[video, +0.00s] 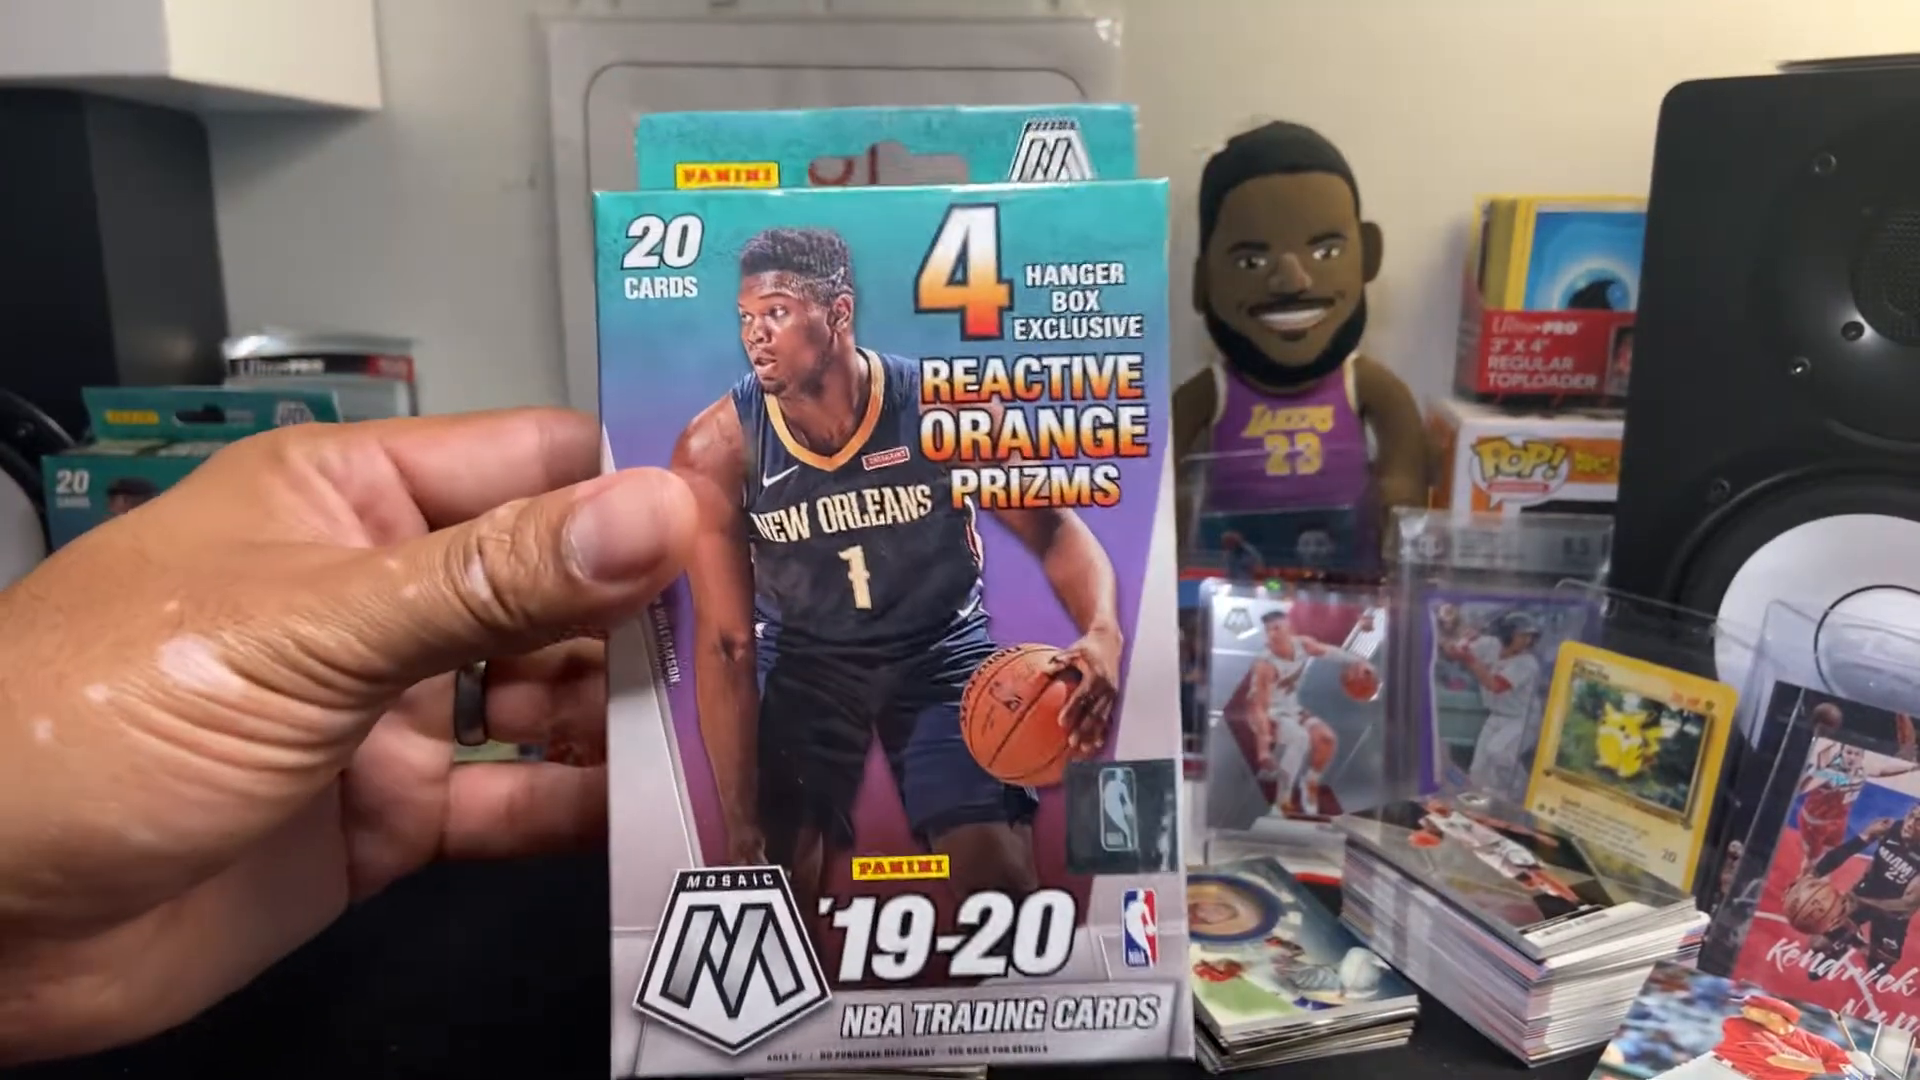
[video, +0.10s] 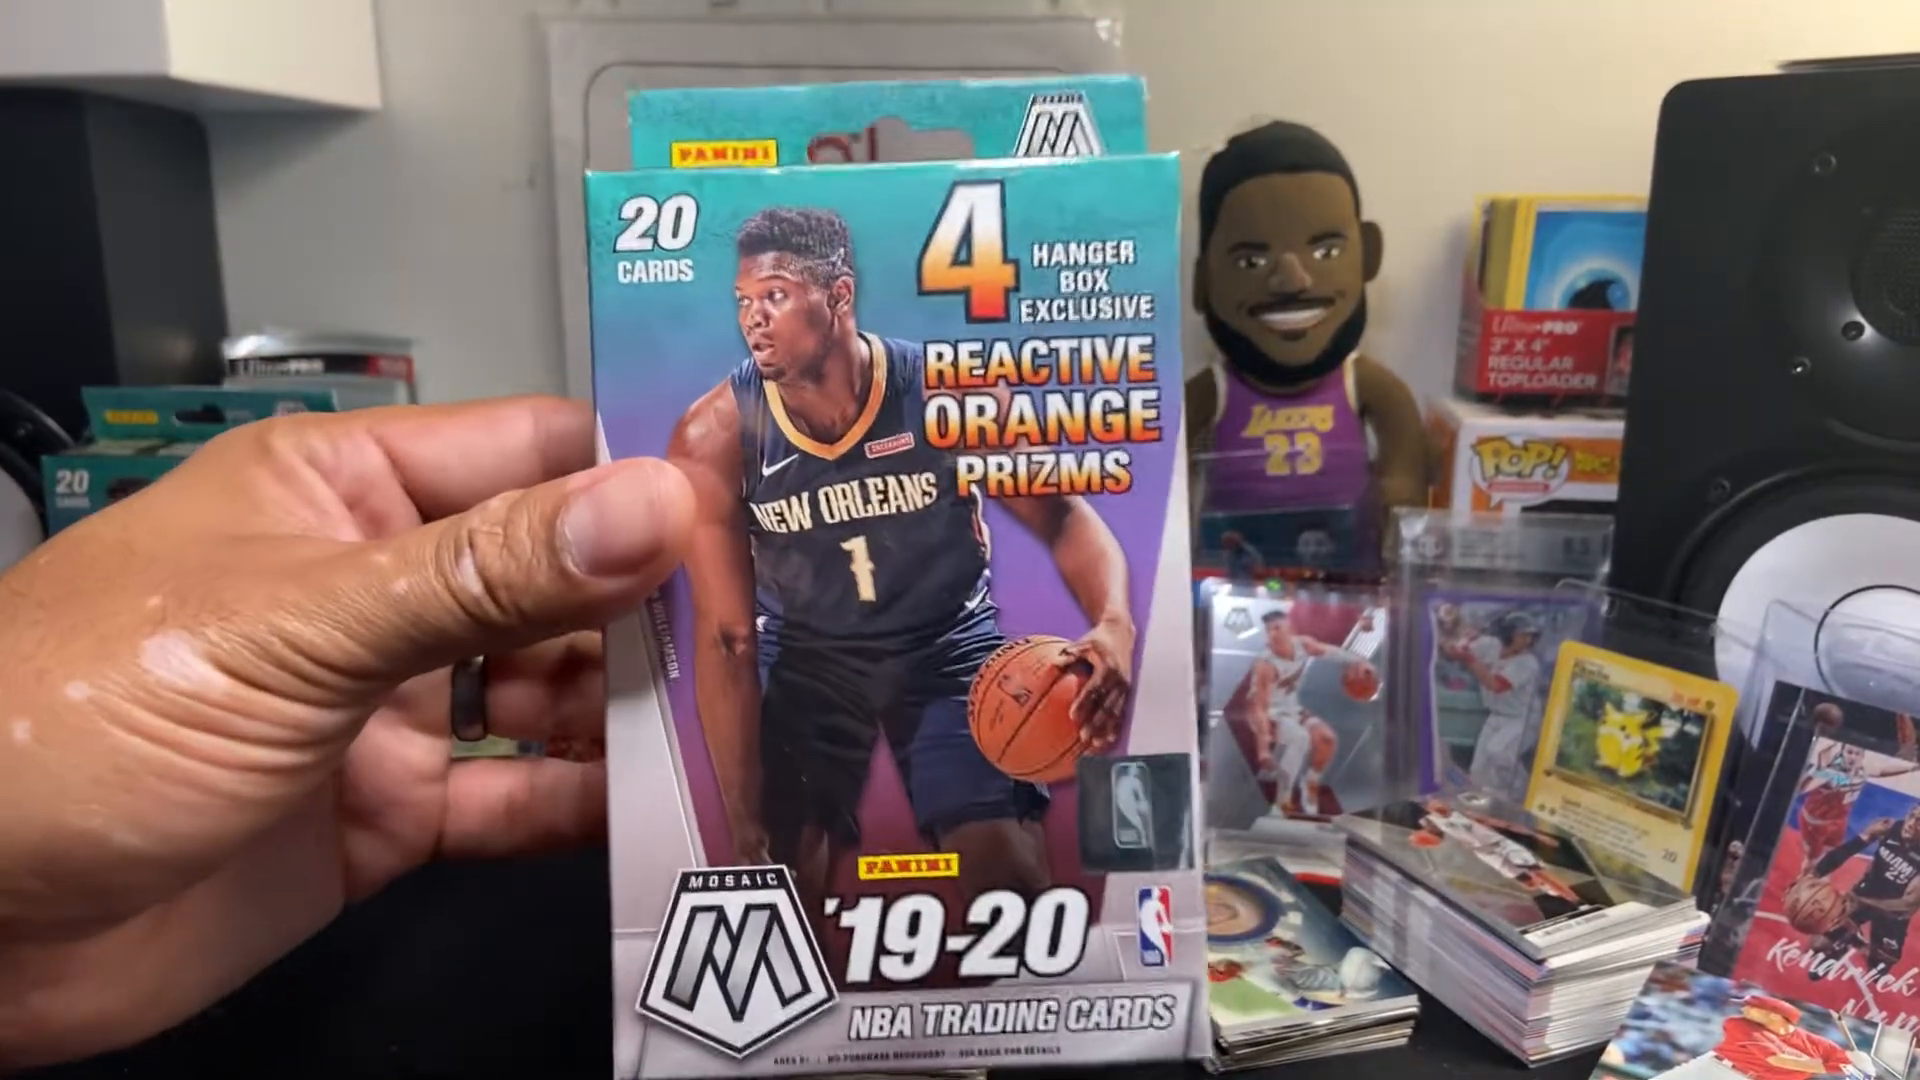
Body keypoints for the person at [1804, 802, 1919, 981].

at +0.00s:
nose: (1911, 824)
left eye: (1918, 822)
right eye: (1911, 816)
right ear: (1906, 814)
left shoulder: (1918, 859)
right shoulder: (1887, 829)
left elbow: (1907, 905)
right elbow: (1845, 851)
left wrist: (1860, 903)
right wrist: (1814, 874)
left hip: (1895, 911)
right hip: (1863, 896)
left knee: (1878, 970)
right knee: (1818, 946)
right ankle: (1843, 945)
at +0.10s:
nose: (1911, 824)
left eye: (1918, 822)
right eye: (1912, 816)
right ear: (1907, 815)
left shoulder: (1917, 858)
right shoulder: (1888, 828)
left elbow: (1908, 905)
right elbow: (1846, 851)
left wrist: (1860, 903)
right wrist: (1814, 874)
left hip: (1895, 911)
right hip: (1864, 896)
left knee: (1879, 967)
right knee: (1818, 945)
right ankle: (1840, 947)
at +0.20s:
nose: (1911, 824)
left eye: (1918, 822)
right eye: (1912, 817)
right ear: (1907, 815)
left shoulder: (1917, 858)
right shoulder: (1888, 829)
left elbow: (1909, 905)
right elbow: (1847, 851)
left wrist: (1861, 903)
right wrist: (1815, 874)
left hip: (1895, 910)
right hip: (1864, 895)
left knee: (1880, 967)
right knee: (1818, 944)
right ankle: (1841, 947)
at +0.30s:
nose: (1912, 824)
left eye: (1918, 823)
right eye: (1912, 817)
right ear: (1908, 815)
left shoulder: (1917, 857)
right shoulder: (1888, 829)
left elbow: (1909, 905)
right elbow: (1847, 851)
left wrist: (1861, 904)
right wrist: (1815, 875)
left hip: (1896, 911)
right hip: (1865, 895)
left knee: (1880, 969)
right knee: (1819, 945)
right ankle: (1842, 947)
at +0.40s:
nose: (1912, 824)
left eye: (1919, 822)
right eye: (1913, 817)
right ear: (1908, 815)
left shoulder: (1918, 857)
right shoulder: (1888, 829)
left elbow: (1910, 905)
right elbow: (1847, 851)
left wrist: (1862, 904)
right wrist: (1815, 875)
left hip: (1896, 910)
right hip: (1866, 895)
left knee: (1881, 968)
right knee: (1820, 945)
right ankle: (1843, 946)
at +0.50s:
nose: (1913, 825)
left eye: (1919, 823)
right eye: (1914, 817)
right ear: (1909, 815)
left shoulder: (1918, 857)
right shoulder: (1889, 829)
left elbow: (1910, 905)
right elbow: (1849, 851)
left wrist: (1863, 904)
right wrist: (1816, 875)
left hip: (1897, 912)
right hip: (1866, 897)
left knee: (1881, 970)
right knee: (1821, 946)